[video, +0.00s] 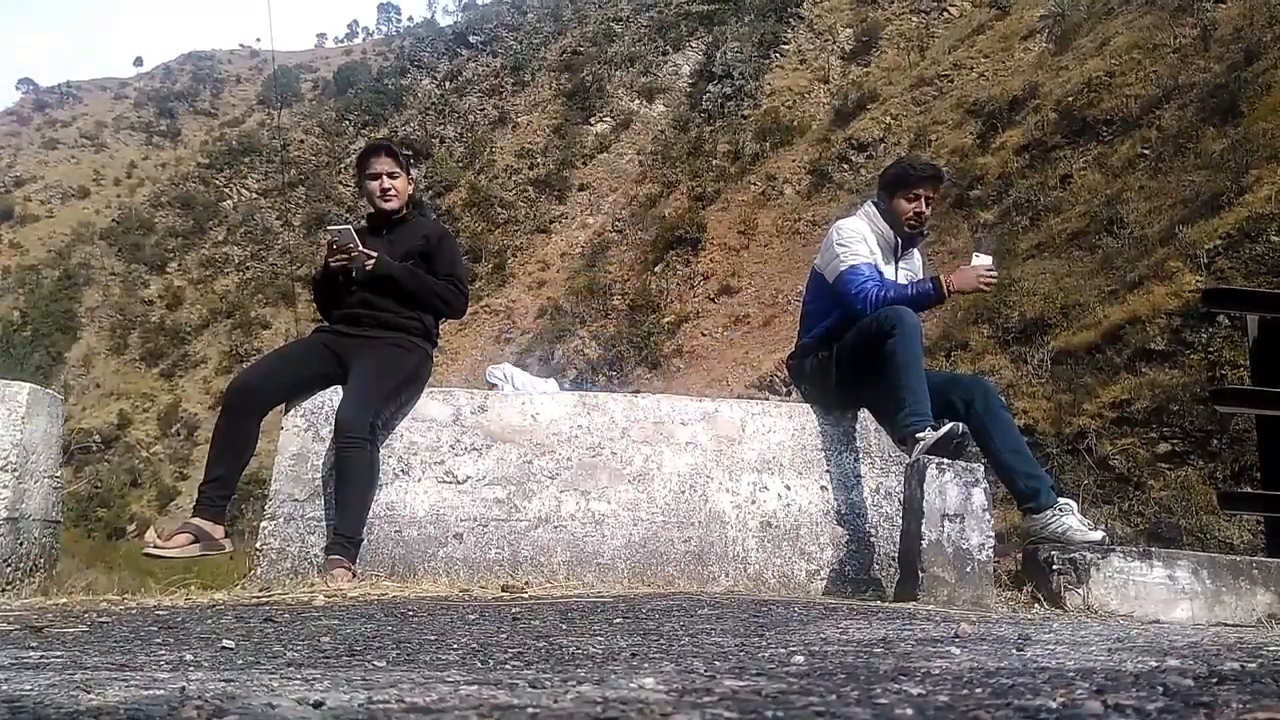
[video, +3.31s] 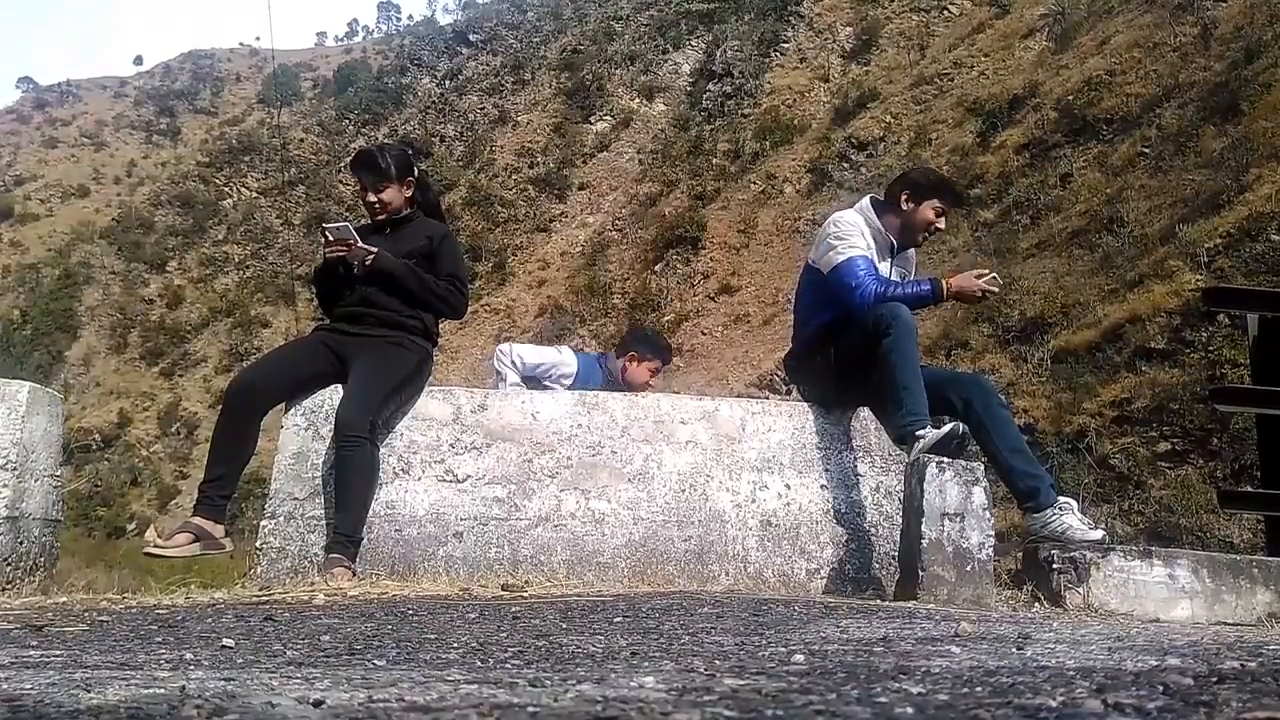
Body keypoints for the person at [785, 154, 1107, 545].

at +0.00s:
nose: (920, 209)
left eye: (928, 202)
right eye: (910, 198)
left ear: (932, 207)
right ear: (885, 197)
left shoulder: (910, 253)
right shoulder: (849, 232)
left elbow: (903, 308)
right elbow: (865, 297)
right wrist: (945, 284)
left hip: (879, 376)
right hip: (825, 373)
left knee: (975, 391)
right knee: (898, 321)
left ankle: (1043, 510)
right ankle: (917, 434)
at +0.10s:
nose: (914, 210)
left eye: (924, 203)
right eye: (905, 199)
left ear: (931, 208)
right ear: (883, 195)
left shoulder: (911, 253)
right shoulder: (850, 232)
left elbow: (903, 307)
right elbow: (868, 296)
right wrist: (946, 288)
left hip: (879, 377)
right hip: (825, 373)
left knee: (975, 391)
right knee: (899, 322)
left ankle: (1043, 510)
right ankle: (916, 434)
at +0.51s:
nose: (897, 215)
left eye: (911, 212)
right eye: (896, 204)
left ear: (924, 219)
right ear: (889, 203)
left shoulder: (913, 252)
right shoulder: (848, 232)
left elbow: (910, 307)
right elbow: (873, 296)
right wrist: (955, 293)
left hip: (879, 375)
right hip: (824, 371)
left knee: (976, 391)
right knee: (902, 319)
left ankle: (1044, 509)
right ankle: (916, 433)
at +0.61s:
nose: (891, 211)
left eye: (904, 209)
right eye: (889, 200)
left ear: (924, 221)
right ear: (881, 196)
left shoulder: (913, 252)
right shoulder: (847, 232)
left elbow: (909, 308)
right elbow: (872, 295)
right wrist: (954, 292)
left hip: (879, 375)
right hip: (824, 371)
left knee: (976, 391)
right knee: (901, 319)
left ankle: (1044, 508)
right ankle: (916, 433)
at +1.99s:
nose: (838, 202)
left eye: (851, 196)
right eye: (838, 193)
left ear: (880, 208)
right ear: (835, 196)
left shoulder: (900, 246)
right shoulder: (818, 236)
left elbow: (902, 312)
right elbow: (858, 294)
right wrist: (944, 283)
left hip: (878, 374)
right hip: (822, 370)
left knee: (976, 389)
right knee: (890, 316)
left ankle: (1043, 507)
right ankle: (914, 430)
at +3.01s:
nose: (890, 202)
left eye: (903, 199)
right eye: (884, 192)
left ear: (912, 214)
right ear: (867, 193)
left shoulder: (899, 252)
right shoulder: (831, 229)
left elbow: (889, 309)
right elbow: (861, 293)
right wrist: (942, 285)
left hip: (872, 374)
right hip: (820, 371)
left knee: (975, 390)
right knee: (892, 317)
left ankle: (1043, 509)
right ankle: (913, 433)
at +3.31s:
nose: (940, 225)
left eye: (945, 216)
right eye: (936, 211)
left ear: (908, 205)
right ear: (904, 200)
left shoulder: (902, 257)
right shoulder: (844, 227)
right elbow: (864, 293)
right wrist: (944, 287)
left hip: (871, 375)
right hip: (821, 370)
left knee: (975, 390)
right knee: (894, 317)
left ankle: (1043, 509)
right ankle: (914, 433)